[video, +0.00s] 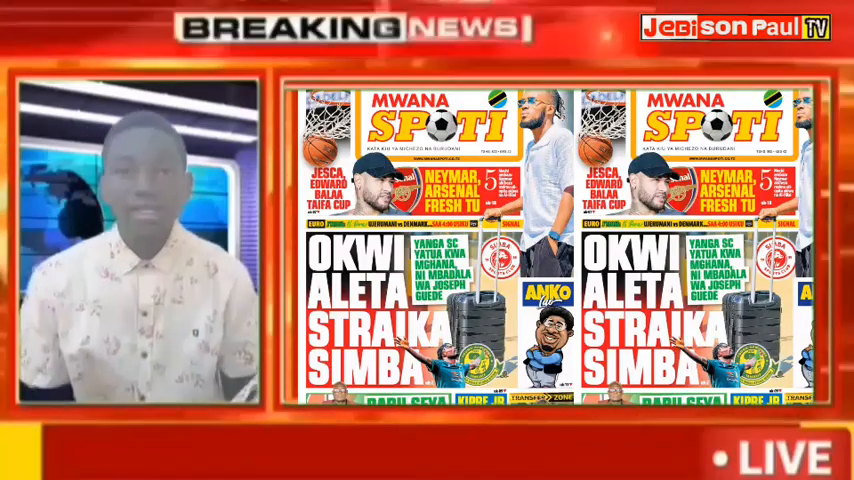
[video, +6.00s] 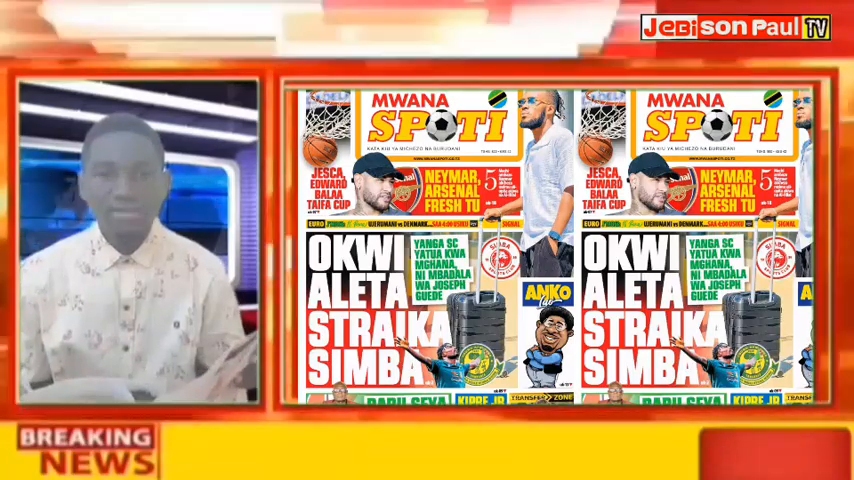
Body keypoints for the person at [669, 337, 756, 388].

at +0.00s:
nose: (729, 348)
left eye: (729, 347)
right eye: (725, 347)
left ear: (731, 351)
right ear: (718, 353)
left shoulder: (737, 366)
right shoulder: (714, 364)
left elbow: (750, 365)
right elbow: (698, 359)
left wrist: (755, 358)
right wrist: (683, 348)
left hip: (737, 401)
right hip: (720, 401)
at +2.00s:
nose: (729, 348)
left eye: (729, 346)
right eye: (725, 347)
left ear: (731, 351)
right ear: (719, 353)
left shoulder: (737, 366)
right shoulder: (714, 364)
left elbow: (749, 365)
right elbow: (698, 359)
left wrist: (754, 359)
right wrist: (684, 348)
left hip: (736, 401)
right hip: (720, 401)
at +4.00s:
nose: (729, 348)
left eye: (729, 347)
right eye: (725, 347)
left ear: (731, 351)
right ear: (718, 353)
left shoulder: (737, 366)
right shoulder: (714, 364)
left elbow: (750, 365)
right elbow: (698, 359)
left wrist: (754, 359)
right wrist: (684, 348)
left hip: (737, 401)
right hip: (720, 402)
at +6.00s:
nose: (729, 348)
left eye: (729, 347)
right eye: (724, 347)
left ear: (731, 351)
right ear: (718, 353)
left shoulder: (737, 366)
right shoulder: (714, 364)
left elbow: (749, 365)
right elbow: (698, 359)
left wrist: (754, 359)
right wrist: (684, 348)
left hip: (736, 401)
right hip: (720, 401)